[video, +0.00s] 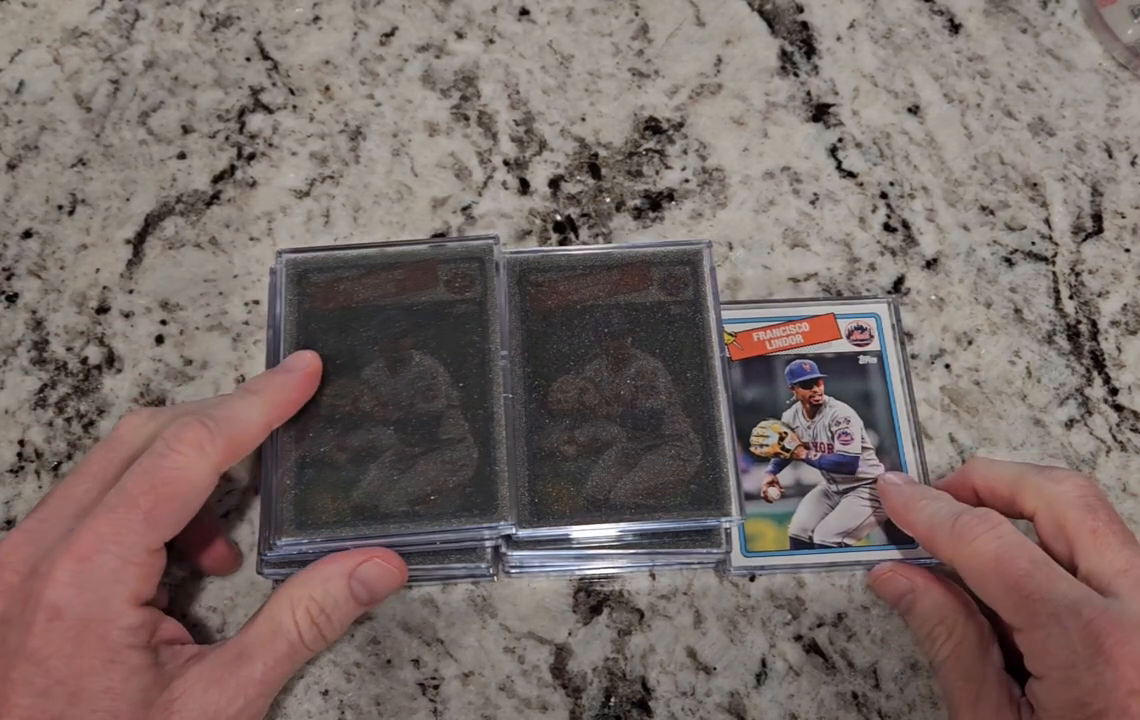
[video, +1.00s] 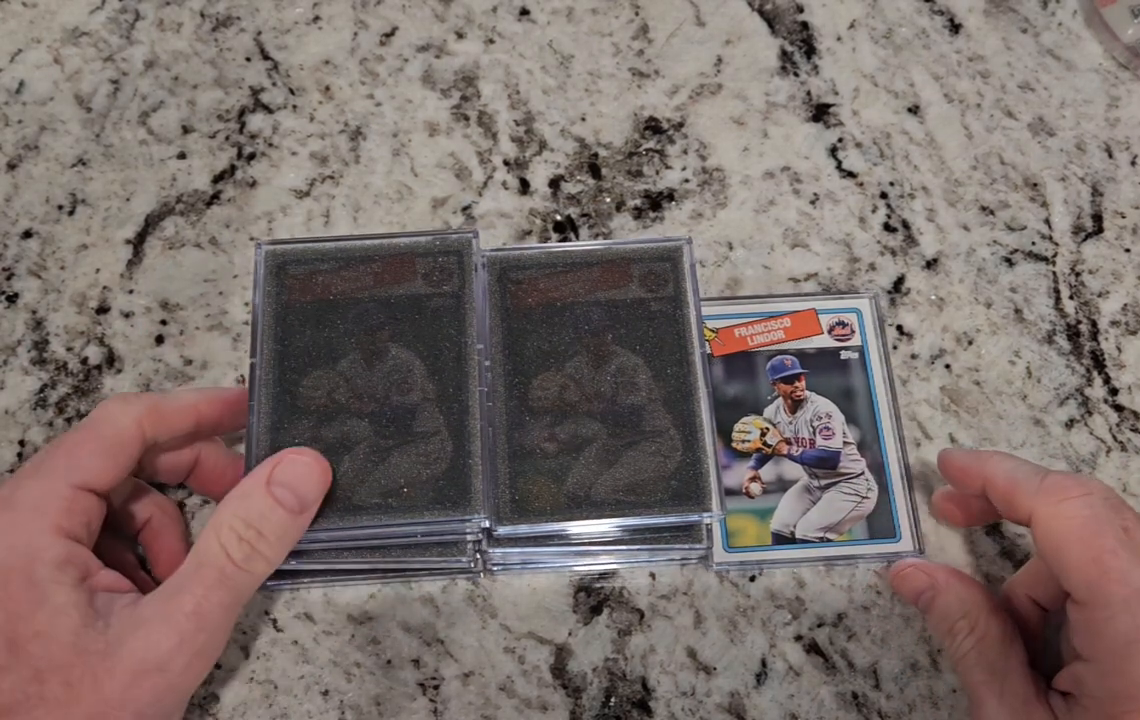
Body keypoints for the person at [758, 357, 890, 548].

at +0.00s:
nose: (816, 390)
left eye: (818, 383)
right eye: (807, 386)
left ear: (823, 382)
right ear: (794, 391)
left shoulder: (842, 415)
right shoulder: (790, 417)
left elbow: (848, 464)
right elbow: (787, 449)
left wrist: (805, 455)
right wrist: (770, 474)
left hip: (867, 490)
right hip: (832, 489)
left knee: (826, 537)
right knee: (799, 532)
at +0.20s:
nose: (815, 389)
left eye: (818, 382)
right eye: (807, 385)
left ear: (823, 383)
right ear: (794, 390)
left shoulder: (842, 414)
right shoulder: (791, 417)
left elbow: (848, 464)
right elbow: (787, 450)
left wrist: (804, 454)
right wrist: (770, 473)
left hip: (868, 489)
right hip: (832, 488)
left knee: (826, 537)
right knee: (799, 532)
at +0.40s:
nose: (807, 389)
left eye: (809, 382)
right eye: (798, 385)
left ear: (814, 381)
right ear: (785, 390)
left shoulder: (834, 413)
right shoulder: (781, 417)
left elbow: (840, 463)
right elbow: (778, 449)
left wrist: (796, 454)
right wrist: (762, 474)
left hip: (860, 489)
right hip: (823, 488)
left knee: (817, 537)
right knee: (791, 532)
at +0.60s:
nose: (797, 385)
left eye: (799, 378)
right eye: (789, 381)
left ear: (804, 378)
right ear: (776, 387)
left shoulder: (824, 410)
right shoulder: (772, 413)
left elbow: (830, 460)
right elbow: (768, 446)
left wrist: (786, 450)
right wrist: (752, 470)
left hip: (852, 486)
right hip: (814, 485)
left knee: (807, 533)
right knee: (781, 529)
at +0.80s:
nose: (797, 385)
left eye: (800, 378)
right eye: (789, 381)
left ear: (804, 378)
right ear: (776, 386)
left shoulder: (823, 410)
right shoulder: (772, 413)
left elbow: (830, 459)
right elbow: (768, 445)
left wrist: (786, 449)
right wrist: (752, 469)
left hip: (852, 485)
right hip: (814, 485)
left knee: (807, 532)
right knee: (781, 528)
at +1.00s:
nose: (798, 385)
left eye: (800, 378)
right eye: (789, 381)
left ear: (804, 377)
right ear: (776, 386)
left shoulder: (824, 410)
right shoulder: (772, 413)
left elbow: (830, 460)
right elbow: (767, 446)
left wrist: (785, 449)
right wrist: (752, 470)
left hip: (853, 485)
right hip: (815, 485)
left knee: (807, 532)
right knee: (781, 529)